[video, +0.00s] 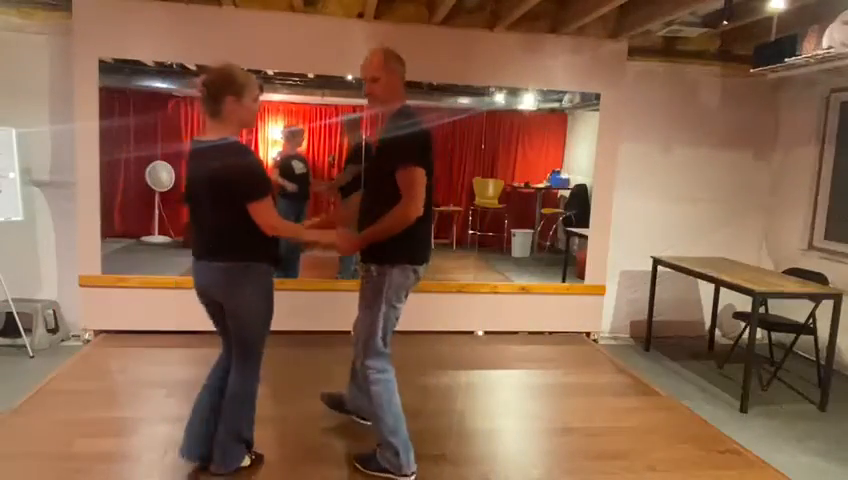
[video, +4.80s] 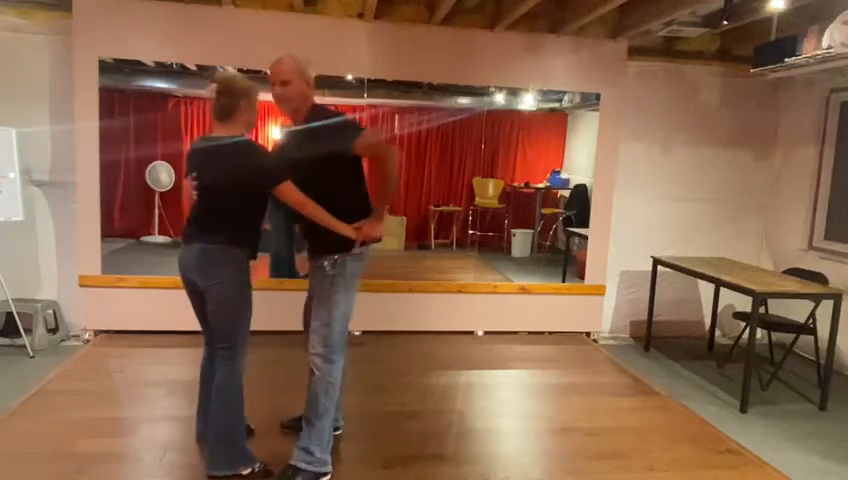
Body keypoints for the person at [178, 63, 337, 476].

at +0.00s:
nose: (257, 108)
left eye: (257, 101)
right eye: (253, 101)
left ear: (215, 104)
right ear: (230, 104)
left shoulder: (198, 154)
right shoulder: (242, 160)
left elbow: (203, 213)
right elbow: (271, 224)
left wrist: (262, 189)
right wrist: (324, 236)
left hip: (207, 271)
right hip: (244, 275)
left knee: (231, 353)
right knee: (246, 364)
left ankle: (198, 445)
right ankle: (230, 455)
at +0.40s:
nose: (267, 113)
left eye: (267, 105)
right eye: (263, 105)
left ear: (232, 107)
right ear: (243, 106)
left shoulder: (227, 153)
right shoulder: (239, 159)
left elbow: (265, 207)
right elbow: (275, 222)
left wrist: (312, 193)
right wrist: (332, 244)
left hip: (234, 259)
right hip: (246, 263)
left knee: (250, 345)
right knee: (251, 351)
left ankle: (243, 420)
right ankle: (230, 453)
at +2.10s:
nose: (272, 113)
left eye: (272, 106)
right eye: (269, 106)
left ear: (235, 109)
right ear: (256, 108)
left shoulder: (225, 151)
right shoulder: (255, 152)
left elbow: (220, 207)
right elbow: (275, 208)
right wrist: (306, 248)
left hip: (229, 251)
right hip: (250, 255)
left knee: (254, 341)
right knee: (256, 346)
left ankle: (243, 424)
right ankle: (235, 454)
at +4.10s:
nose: (247, 114)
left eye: (247, 106)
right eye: (244, 106)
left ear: (208, 107)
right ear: (228, 107)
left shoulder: (199, 154)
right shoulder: (223, 158)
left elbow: (251, 192)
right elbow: (267, 212)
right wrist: (311, 244)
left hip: (215, 256)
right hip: (239, 260)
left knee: (233, 343)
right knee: (253, 349)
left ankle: (212, 430)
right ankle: (237, 455)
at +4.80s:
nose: (260, 110)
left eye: (257, 103)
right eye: (257, 104)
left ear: (215, 107)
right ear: (247, 109)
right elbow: (298, 201)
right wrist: (347, 229)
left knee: (216, 348)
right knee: (230, 355)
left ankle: (210, 429)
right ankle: (227, 458)